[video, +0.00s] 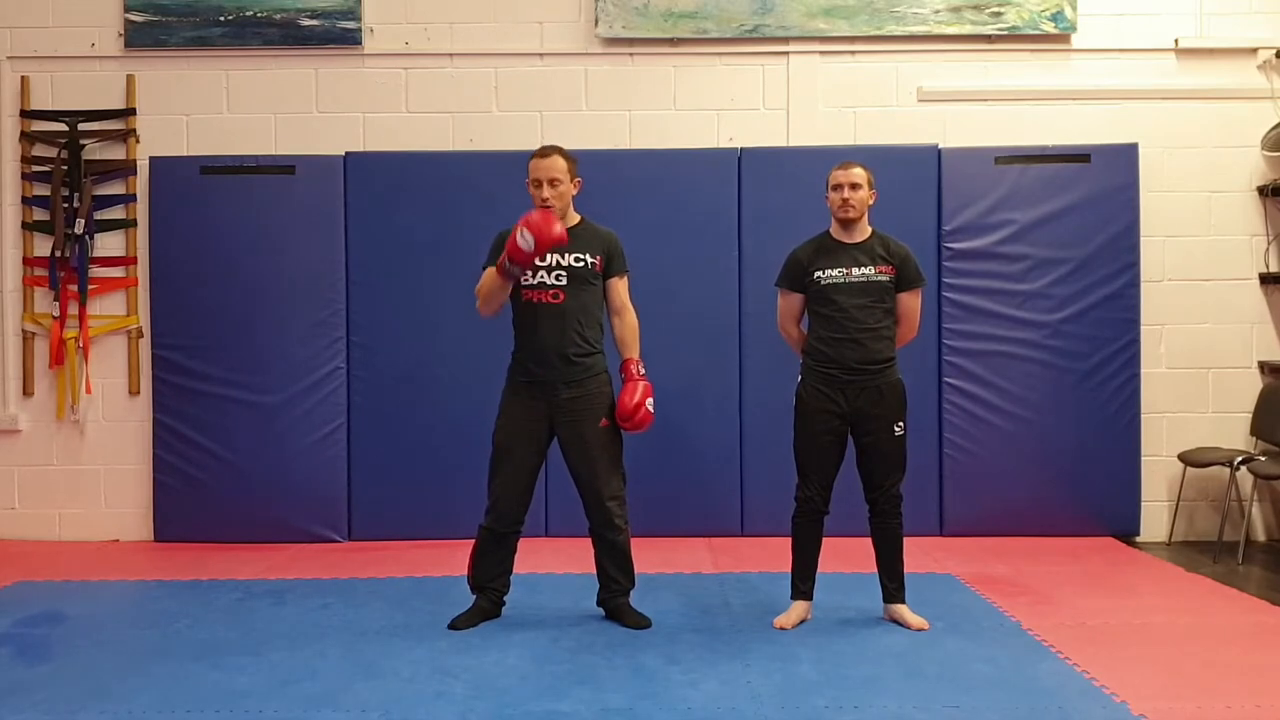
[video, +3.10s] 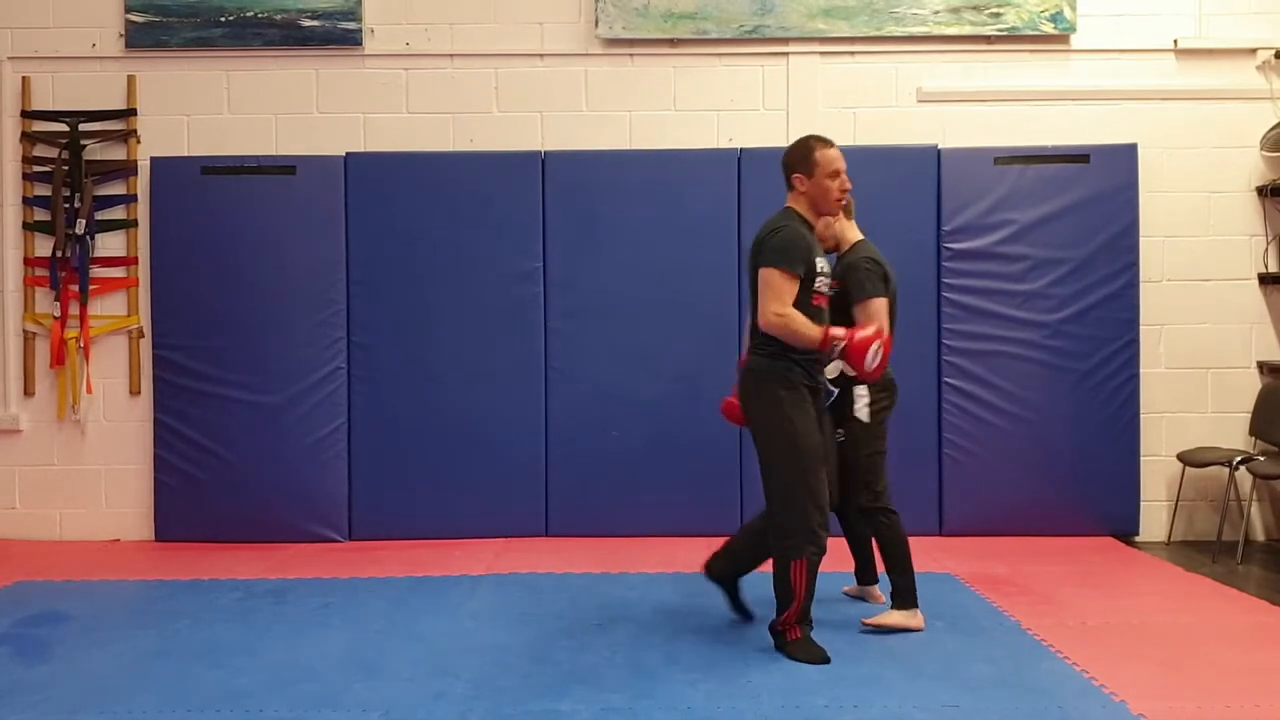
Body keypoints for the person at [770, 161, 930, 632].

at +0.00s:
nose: (845, 195)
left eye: (854, 187)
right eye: (837, 188)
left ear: (871, 195)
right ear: (827, 197)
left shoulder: (897, 255)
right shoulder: (805, 258)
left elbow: (908, 327)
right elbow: (788, 325)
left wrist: (865, 352)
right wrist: (822, 357)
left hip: (880, 392)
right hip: (820, 393)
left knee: (886, 499)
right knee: (810, 497)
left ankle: (894, 601)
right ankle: (801, 599)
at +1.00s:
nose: (835, 202)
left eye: (845, 194)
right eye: (831, 194)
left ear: (871, 199)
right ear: (828, 199)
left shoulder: (900, 255)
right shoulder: (812, 259)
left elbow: (923, 322)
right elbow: (807, 325)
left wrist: (908, 376)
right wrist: (805, 376)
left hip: (884, 390)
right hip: (824, 391)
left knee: (888, 500)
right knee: (810, 496)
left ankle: (892, 600)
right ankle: (799, 597)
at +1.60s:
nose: (838, 210)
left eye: (846, 201)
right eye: (836, 201)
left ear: (875, 201)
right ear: (853, 202)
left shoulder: (901, 251)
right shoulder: (840, 254)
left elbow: (906, 320)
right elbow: (827, 327)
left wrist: (865, 338)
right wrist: (820, 308)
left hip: (884, 382)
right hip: (840, 381)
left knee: (884, 490)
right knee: (836, 488)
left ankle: (892, 602)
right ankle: (857, 590)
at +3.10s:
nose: (811, 231)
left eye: (814, 220)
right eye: (810, 221)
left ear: (837, 215)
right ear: (842, 215)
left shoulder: (862, 266)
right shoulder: (841, 263)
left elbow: (874, 342)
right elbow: (840, 329)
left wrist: (819, 372)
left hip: (865, 388)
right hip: (843, 385)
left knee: (872, 499)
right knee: (844, 496)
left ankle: (908, 606)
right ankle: (868, 583)